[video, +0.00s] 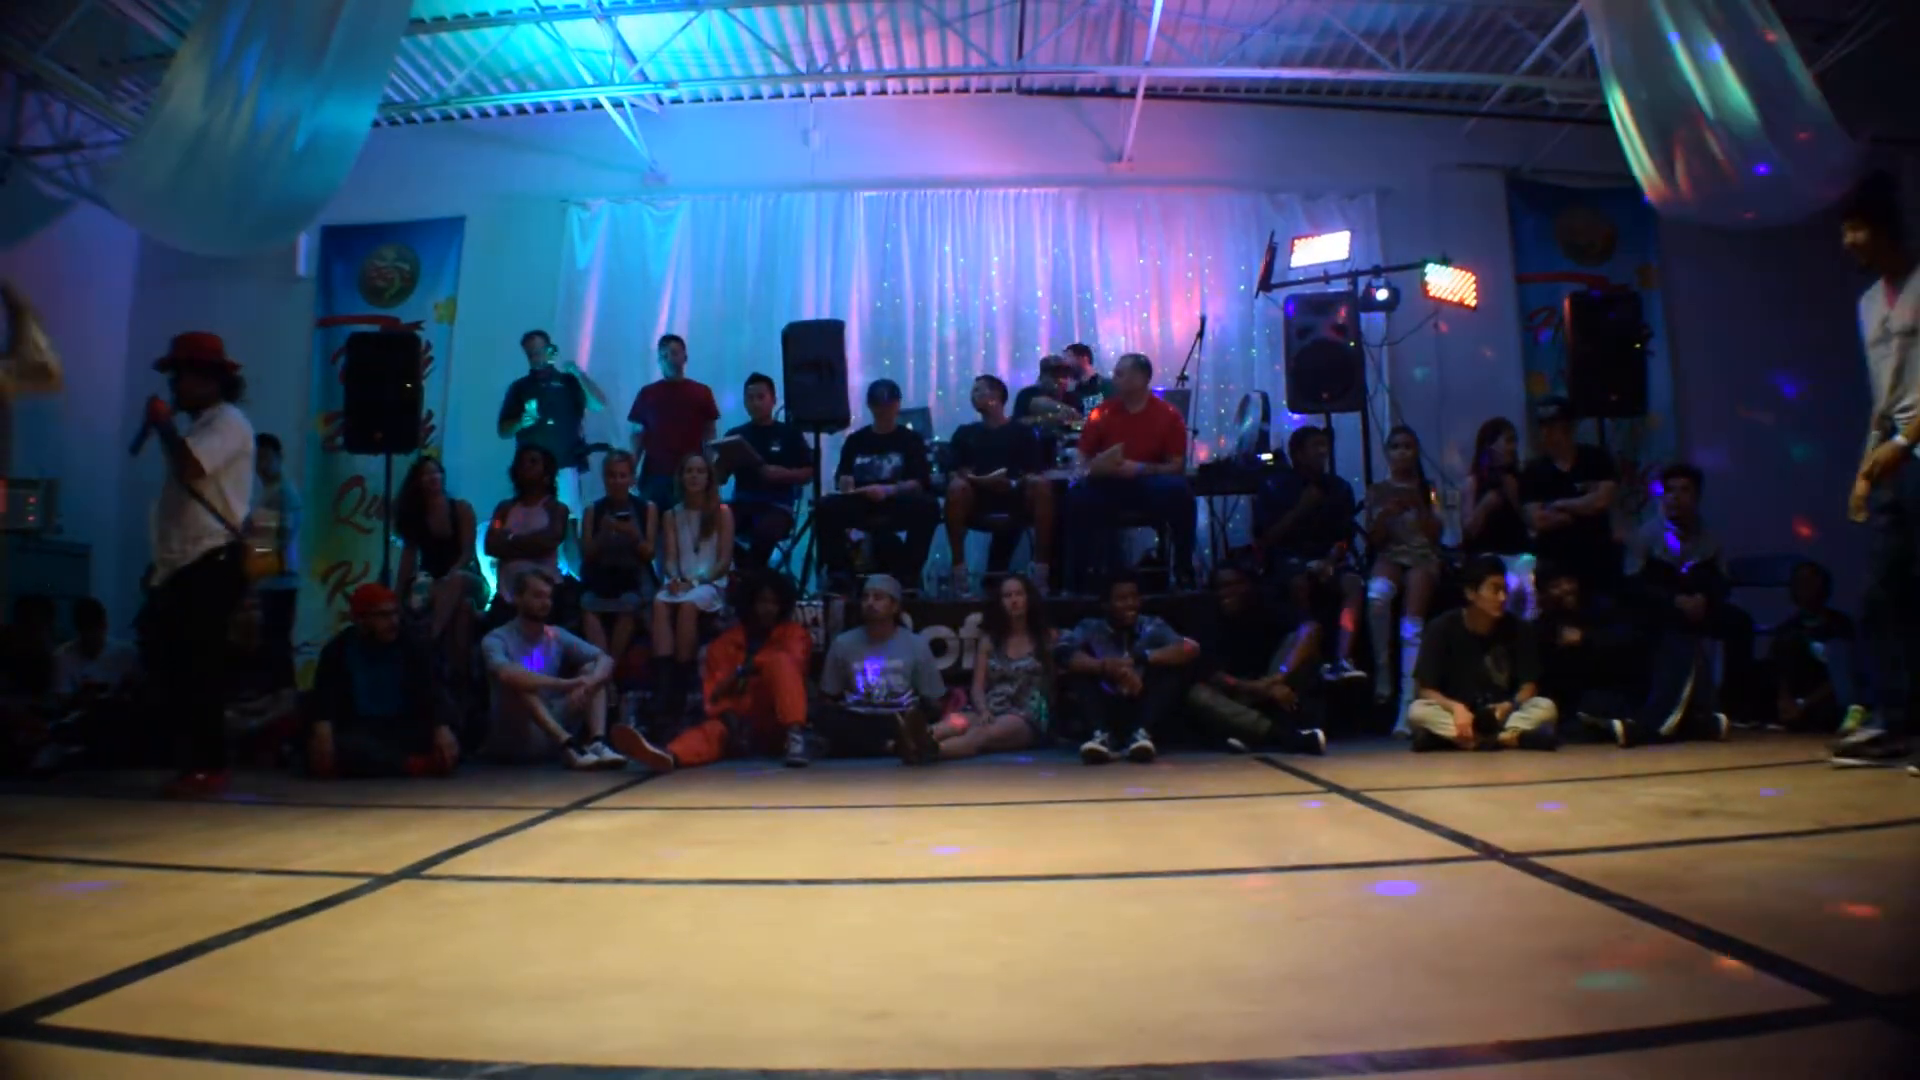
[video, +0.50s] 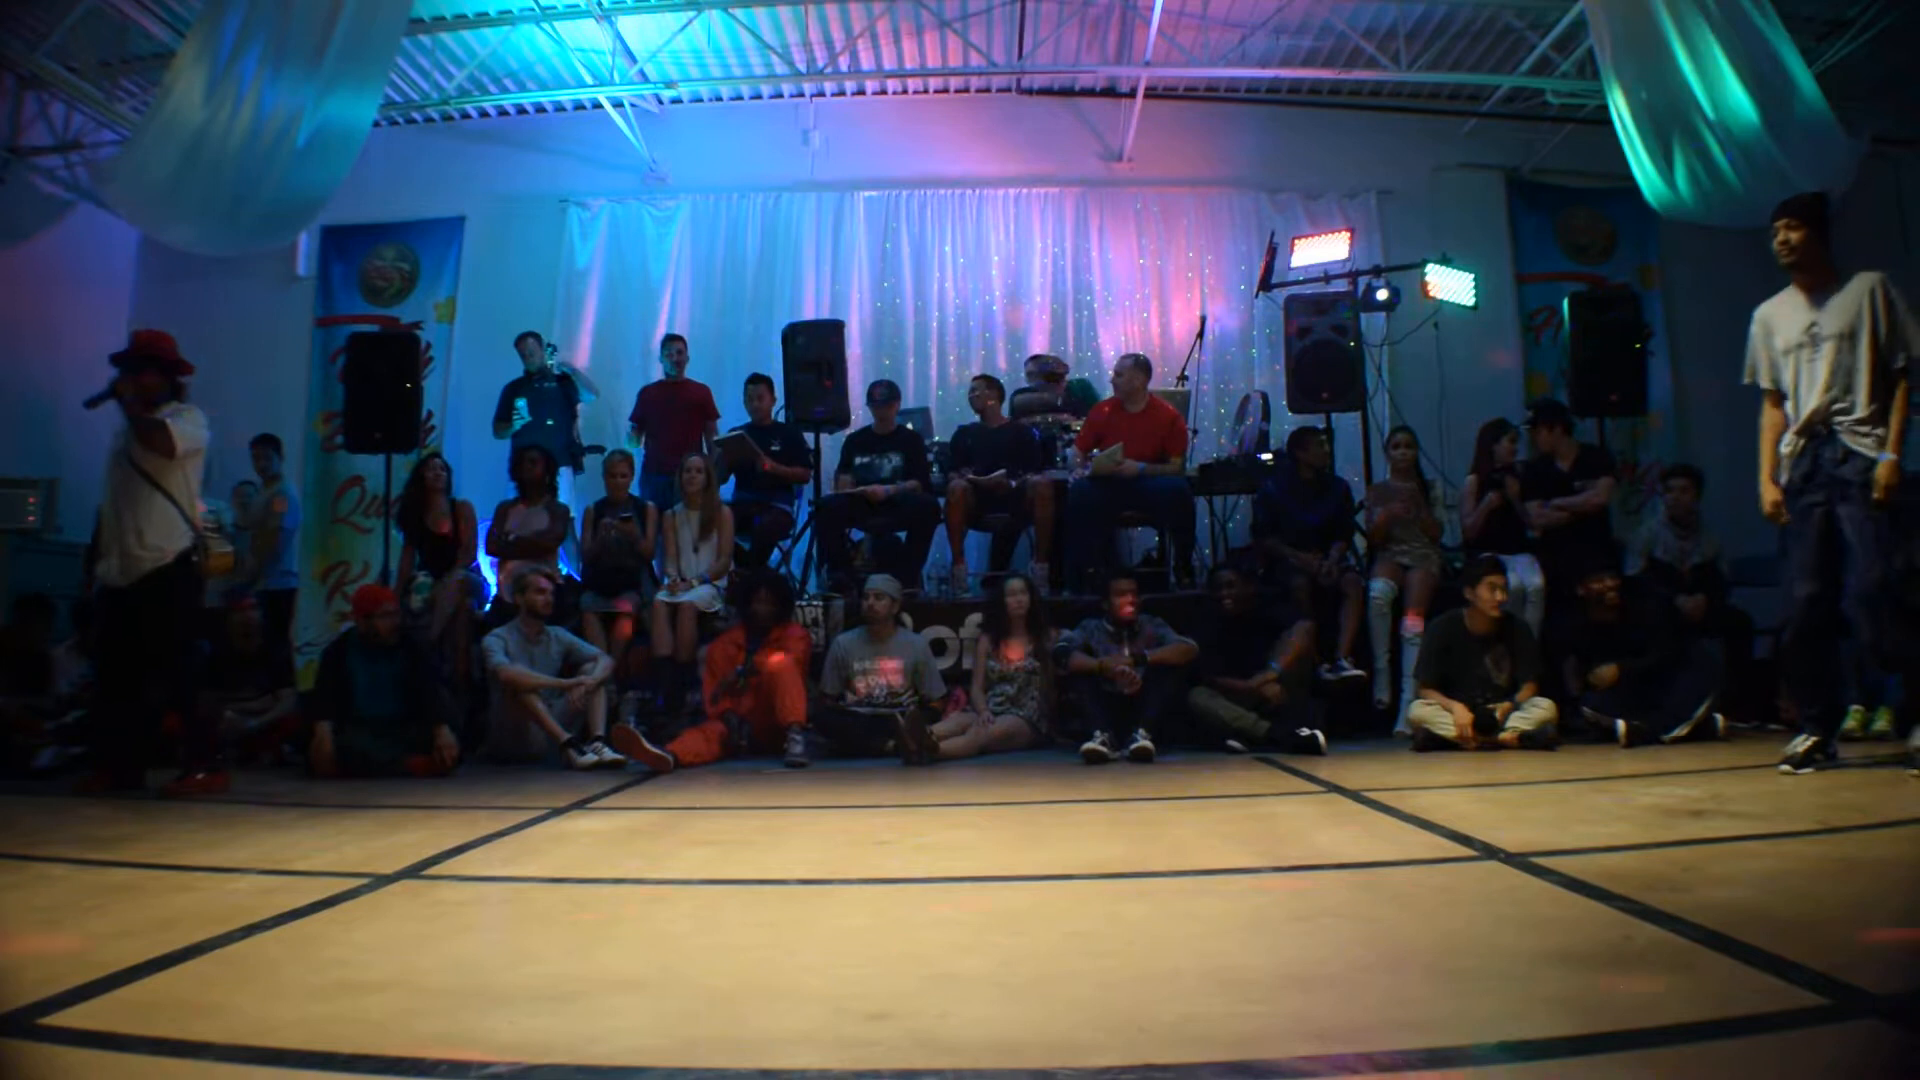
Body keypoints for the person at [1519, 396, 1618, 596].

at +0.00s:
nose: (1551, 437)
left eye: (1557, 429)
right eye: (1546, 430)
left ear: (1569, 429)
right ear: (1540, 433)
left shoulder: (1596, 458)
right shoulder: (1534, 470)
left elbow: (1603, 500)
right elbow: (1537, 520)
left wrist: (1557, 505)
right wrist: (1585, 506)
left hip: (1597, 556)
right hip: (1554, 561)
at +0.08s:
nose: (1543, 435)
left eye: (1549, 428)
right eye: (1540, 429)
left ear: (1566, 429)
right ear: (1536, 431)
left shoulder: (1596, 457)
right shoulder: (1533, 470)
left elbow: (1603, 499)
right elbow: (1537, 520)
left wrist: (1557, 506)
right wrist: (1584, 508)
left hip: (1597, 552)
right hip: (1553, 557)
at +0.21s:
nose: (1536, 439)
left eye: (1541, 432)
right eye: (1535, 432)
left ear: (1560, 432)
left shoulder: (1595, 457)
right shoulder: (1534, 469)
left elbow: (1602, 499)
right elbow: (1535, 519)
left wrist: (1556, 505)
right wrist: (1583, 507)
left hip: (1597, 547)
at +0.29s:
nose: (1535, 440)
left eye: (1539, 433)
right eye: (1535, 433)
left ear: (1558, 432)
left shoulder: (1596, 457)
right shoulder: (1534, 469)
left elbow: (1601, 499)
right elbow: (1536, 519)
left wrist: (1555, 505)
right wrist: (1584, 505)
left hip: (1596, 546)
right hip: (1553, 553)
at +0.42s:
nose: (1535, 440)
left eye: (1539, 433)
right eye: (1534, 434)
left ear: (1558, 432)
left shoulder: (1595, 457)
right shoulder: (1534, 469)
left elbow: (1601, 497)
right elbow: (1535, 518)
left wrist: (1557, 504)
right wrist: (1583, 506)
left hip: (1596, 549)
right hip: (1554, 555)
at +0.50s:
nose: (1535, 439)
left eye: (1539, 432)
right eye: (1534, 433)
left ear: (1558, 430)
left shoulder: (1596, 457)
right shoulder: (1534, 469)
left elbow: (1601, 497)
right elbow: (1536, 518)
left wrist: (1553, 504)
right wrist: (1583, 506)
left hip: (1596, 555)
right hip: (1556, 559)